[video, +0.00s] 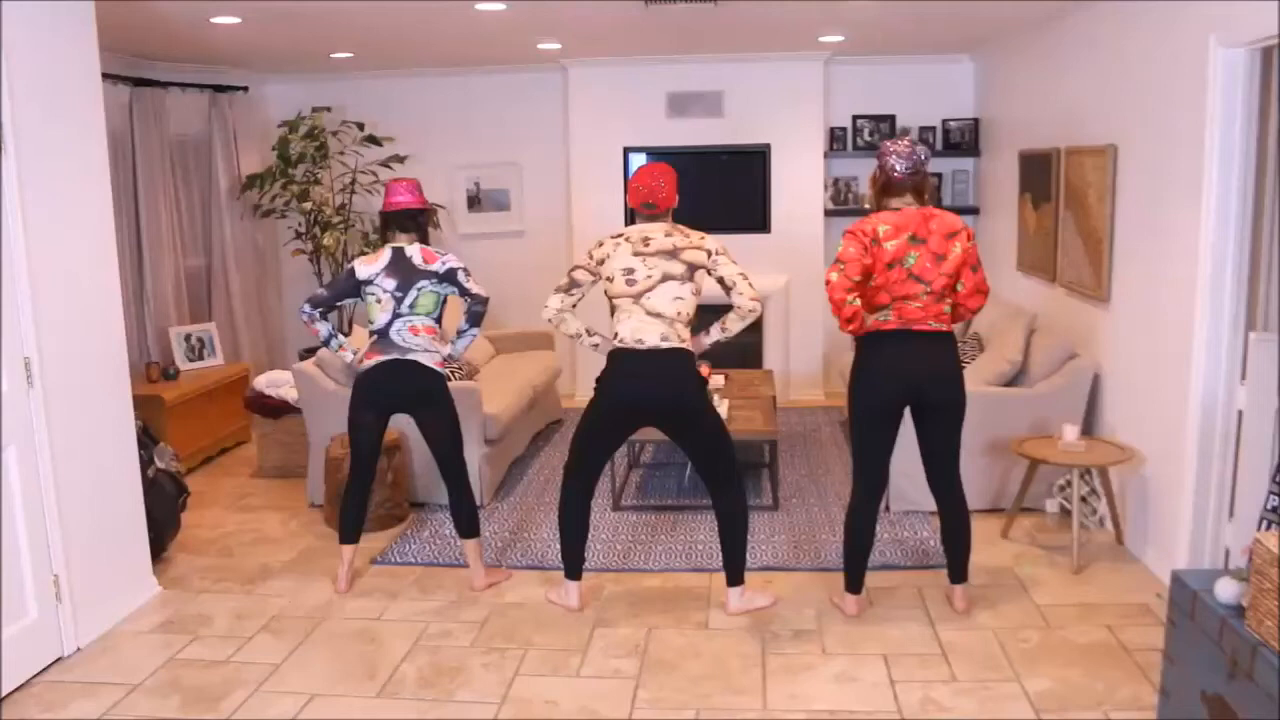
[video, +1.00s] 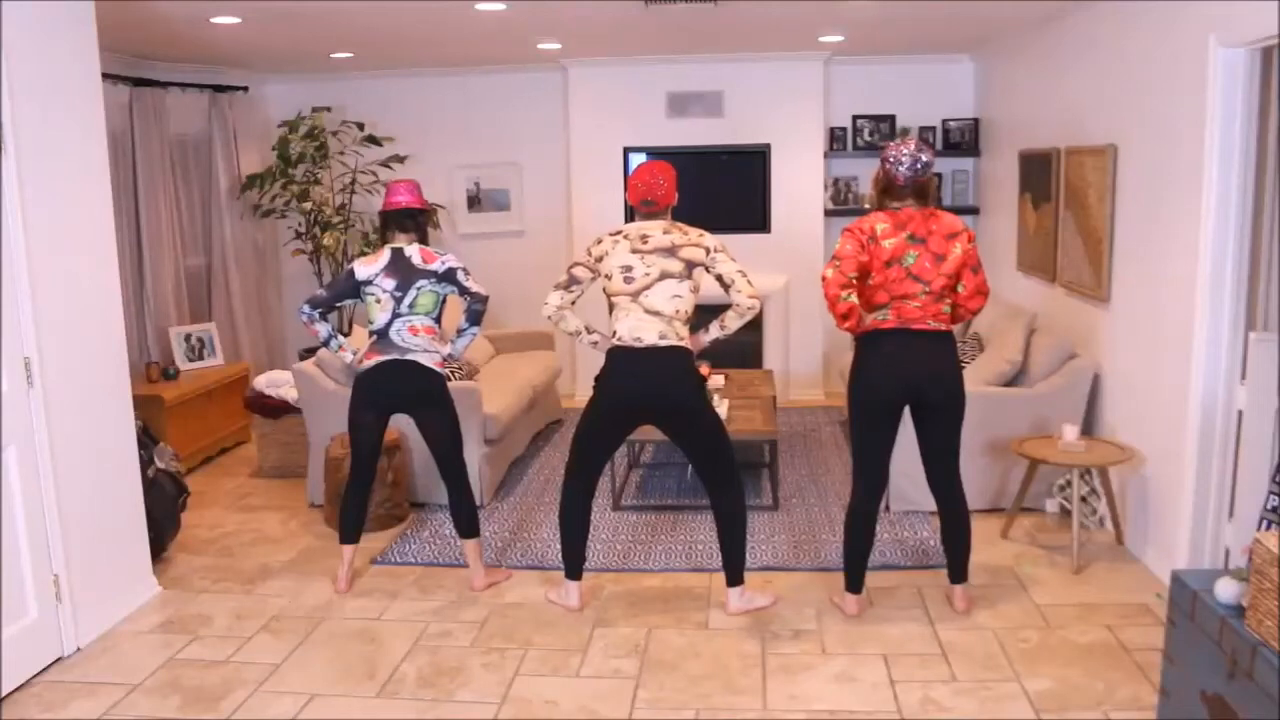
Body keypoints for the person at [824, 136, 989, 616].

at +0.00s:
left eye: (877, 177)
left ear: (878, 182)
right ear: (925, 181)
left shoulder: (866, 230)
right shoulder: (953, 227)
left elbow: (838, 285)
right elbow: (974, 292)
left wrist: (860, 328)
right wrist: (944, 323)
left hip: (880, 360)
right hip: (939, 360)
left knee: (868, 482)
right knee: (947, 479)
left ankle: (852, 594)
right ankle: (959, 590)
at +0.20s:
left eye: (878, 176)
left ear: (879, 182)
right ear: (928, 182)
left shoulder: (865, 229)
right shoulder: (953, 228)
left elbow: (836, 283)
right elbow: (974, 293)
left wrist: (859, 327)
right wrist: (943, 323)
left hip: (880, 359)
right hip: (938, 359)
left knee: (868, 481)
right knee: (947, 479)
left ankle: (852, 594)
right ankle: (960, 590)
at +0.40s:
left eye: (881, 174)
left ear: (880, 182)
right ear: (929, 181)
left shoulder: (865, 229)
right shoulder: (954, 228)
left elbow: (837, 285)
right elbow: (973, 294)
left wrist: (860, 326)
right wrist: (942, 323)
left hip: (879, 358)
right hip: (938, 358)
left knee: (868, 481)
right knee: (947, 478)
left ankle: (852, 594)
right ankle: (960, 589)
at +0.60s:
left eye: (882, 174)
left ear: (881, 182)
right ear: (929, 182)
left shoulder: (865, 229)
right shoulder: (954, 228)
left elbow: (837, 284)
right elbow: (973, 293)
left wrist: (861, 325)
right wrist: (942, 323)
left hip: (879, 358)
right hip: (938, 358)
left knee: (868, 481)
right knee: (947, 478)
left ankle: (852, 594)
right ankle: (960, 590)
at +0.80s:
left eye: (881, 174)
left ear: (881, 182)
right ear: (930, 182)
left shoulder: (866, 229)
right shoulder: (954, 228)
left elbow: (837, 283)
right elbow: (974, 293)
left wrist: (860, 325)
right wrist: (942, 323)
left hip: (879, 358)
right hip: (938, 358)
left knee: (868, 481)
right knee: (947, 478)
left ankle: (853, 594)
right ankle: (960, 590)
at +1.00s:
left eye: (881, 174)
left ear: (881, 181)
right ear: (929, 181)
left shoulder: (865, 228)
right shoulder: (954, 228)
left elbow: (835, 283)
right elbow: (975, 293)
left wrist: (861, 325)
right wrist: (943, 322)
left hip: (879, 358)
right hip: (938, 358)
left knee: (868, 481)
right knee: (947, 478)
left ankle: (853, 594)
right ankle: (960, 590)